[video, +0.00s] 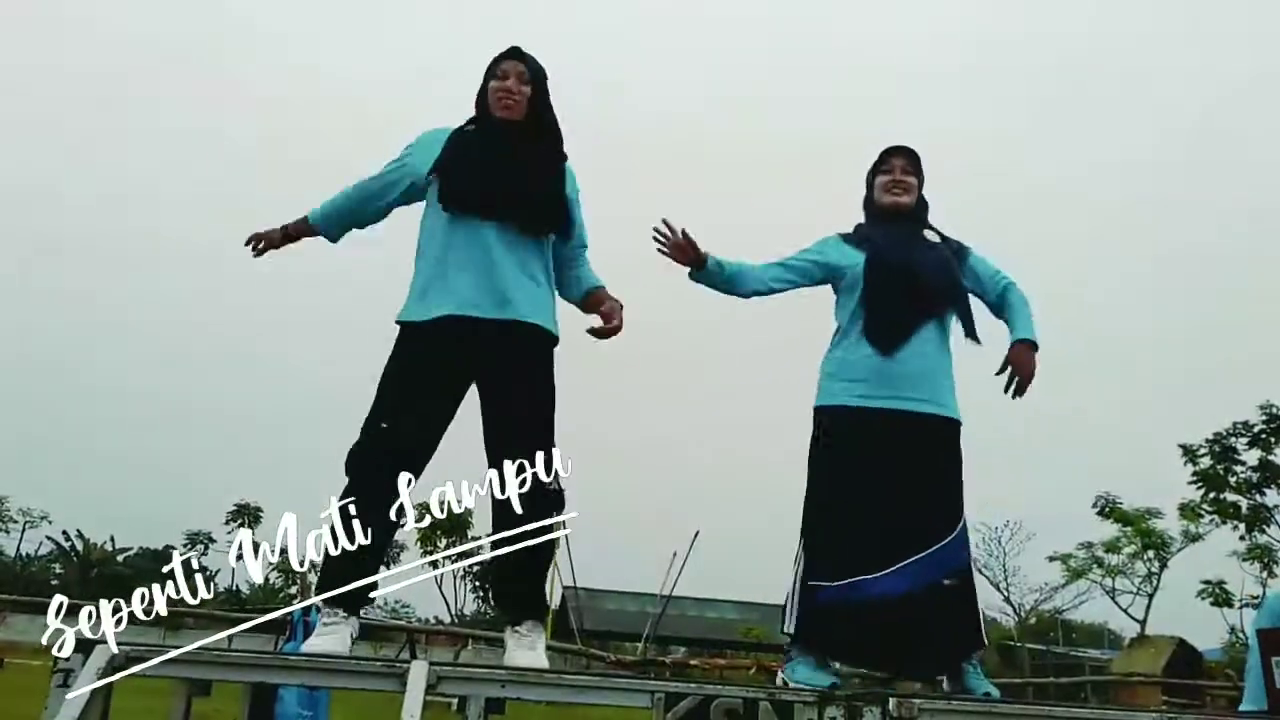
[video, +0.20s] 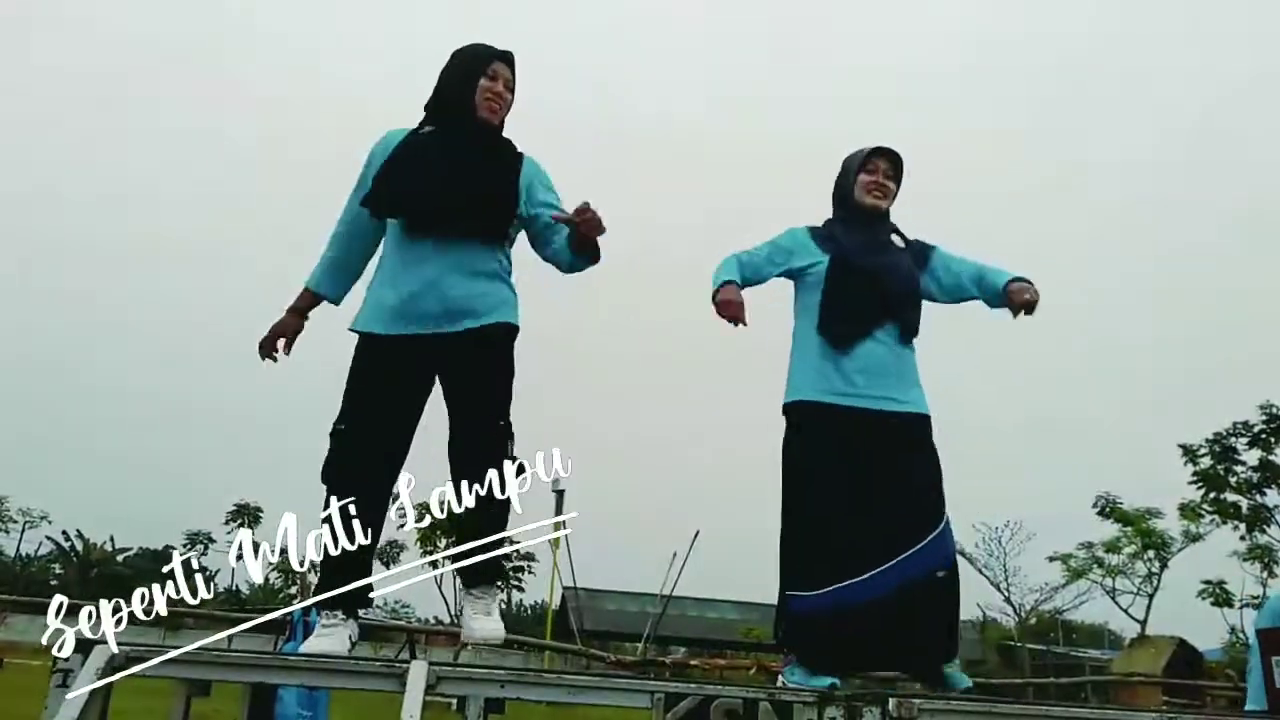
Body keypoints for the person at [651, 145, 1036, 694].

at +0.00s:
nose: (898, 179)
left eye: (908, 174)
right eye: (887, 173)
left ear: (922, 192)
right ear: (869, 191)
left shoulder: (950, 254)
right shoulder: (844, 248)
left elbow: (1007, 292)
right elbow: (767, 276)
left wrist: (1025, 340)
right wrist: (704, 264)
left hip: (929, 411)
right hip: (851, 405)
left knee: (942, 533)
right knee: (832, 529)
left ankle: (961, 661)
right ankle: (808, 653)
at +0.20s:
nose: (879, 179)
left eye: (889, 175)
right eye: (869, 170)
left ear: (896, 193)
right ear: (845, 181)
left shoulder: (913, 254)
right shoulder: (810, 241)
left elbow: (965, 274)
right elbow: (740, 264)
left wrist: (1007, 285)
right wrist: (727, 285)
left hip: (899, 411)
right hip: (822, 408)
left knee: (923, 530)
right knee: (820, 530)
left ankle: (934, 656)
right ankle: (807, 657)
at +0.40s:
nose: (880, 199)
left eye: (887, 195)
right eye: (872, 188)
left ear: (890, 205)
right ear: (843, 186)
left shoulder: (901, 261)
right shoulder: (807, 245)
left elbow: (957, 257)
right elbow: (732, 270)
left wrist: (890, 229)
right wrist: (784, 306)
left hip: (887, 410)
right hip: (817, 401)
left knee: (877, 528)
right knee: (814, 526)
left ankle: (851, 654)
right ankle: (800, 659)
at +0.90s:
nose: (949, 186)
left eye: (953, 181)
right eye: (940, 176)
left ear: (951, 194)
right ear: (909, 178)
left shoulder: (963, 251)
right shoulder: (869, 246)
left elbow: (1014, 262)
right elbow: (803, 291)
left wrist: (1031, 267)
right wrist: (856, 328)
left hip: (969, 412)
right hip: (894, 408)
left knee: (991, 533)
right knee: (861, 527)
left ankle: (1008, 663)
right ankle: (813, 650)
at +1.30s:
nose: (979, 199)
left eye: (984, 194)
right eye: (970, 189)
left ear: (985, 205)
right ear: (941, 192)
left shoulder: (997, 267)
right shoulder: (906, 255)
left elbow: (1054, 316)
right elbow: (847, 303)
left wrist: (1112, 279)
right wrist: (907, 339)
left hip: (1017, 414)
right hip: (946, 414)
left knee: (1061, 522)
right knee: (950, 536)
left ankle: (1058, 665)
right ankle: (939, 664)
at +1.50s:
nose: (990, 182)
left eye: (997, 174)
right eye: (978, 174)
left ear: (1006, 187)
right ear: (953, 185)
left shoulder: (1029, 252)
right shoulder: (930, 245)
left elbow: (1091, 278)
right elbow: (864, 289)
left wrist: (1166, 281)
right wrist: (916, 319)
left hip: (1034, 403)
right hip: (960, 402)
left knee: (1078, 524)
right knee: (957, 527)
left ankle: (1100, 659)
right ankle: (938, 657)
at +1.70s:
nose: (1010, 198)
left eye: (1018, 190)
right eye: (997, 193)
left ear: (1034, 204)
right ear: (981, 211)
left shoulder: (1068, 270)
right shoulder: (964, 269)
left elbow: (1130, 295)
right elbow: (905, 319)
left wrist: (1198, 309)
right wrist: (934, 334)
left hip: (1066, 421)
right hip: (992, 417)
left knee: (1096, 541)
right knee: (984, 538)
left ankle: (1109, 675)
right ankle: (947, 663)